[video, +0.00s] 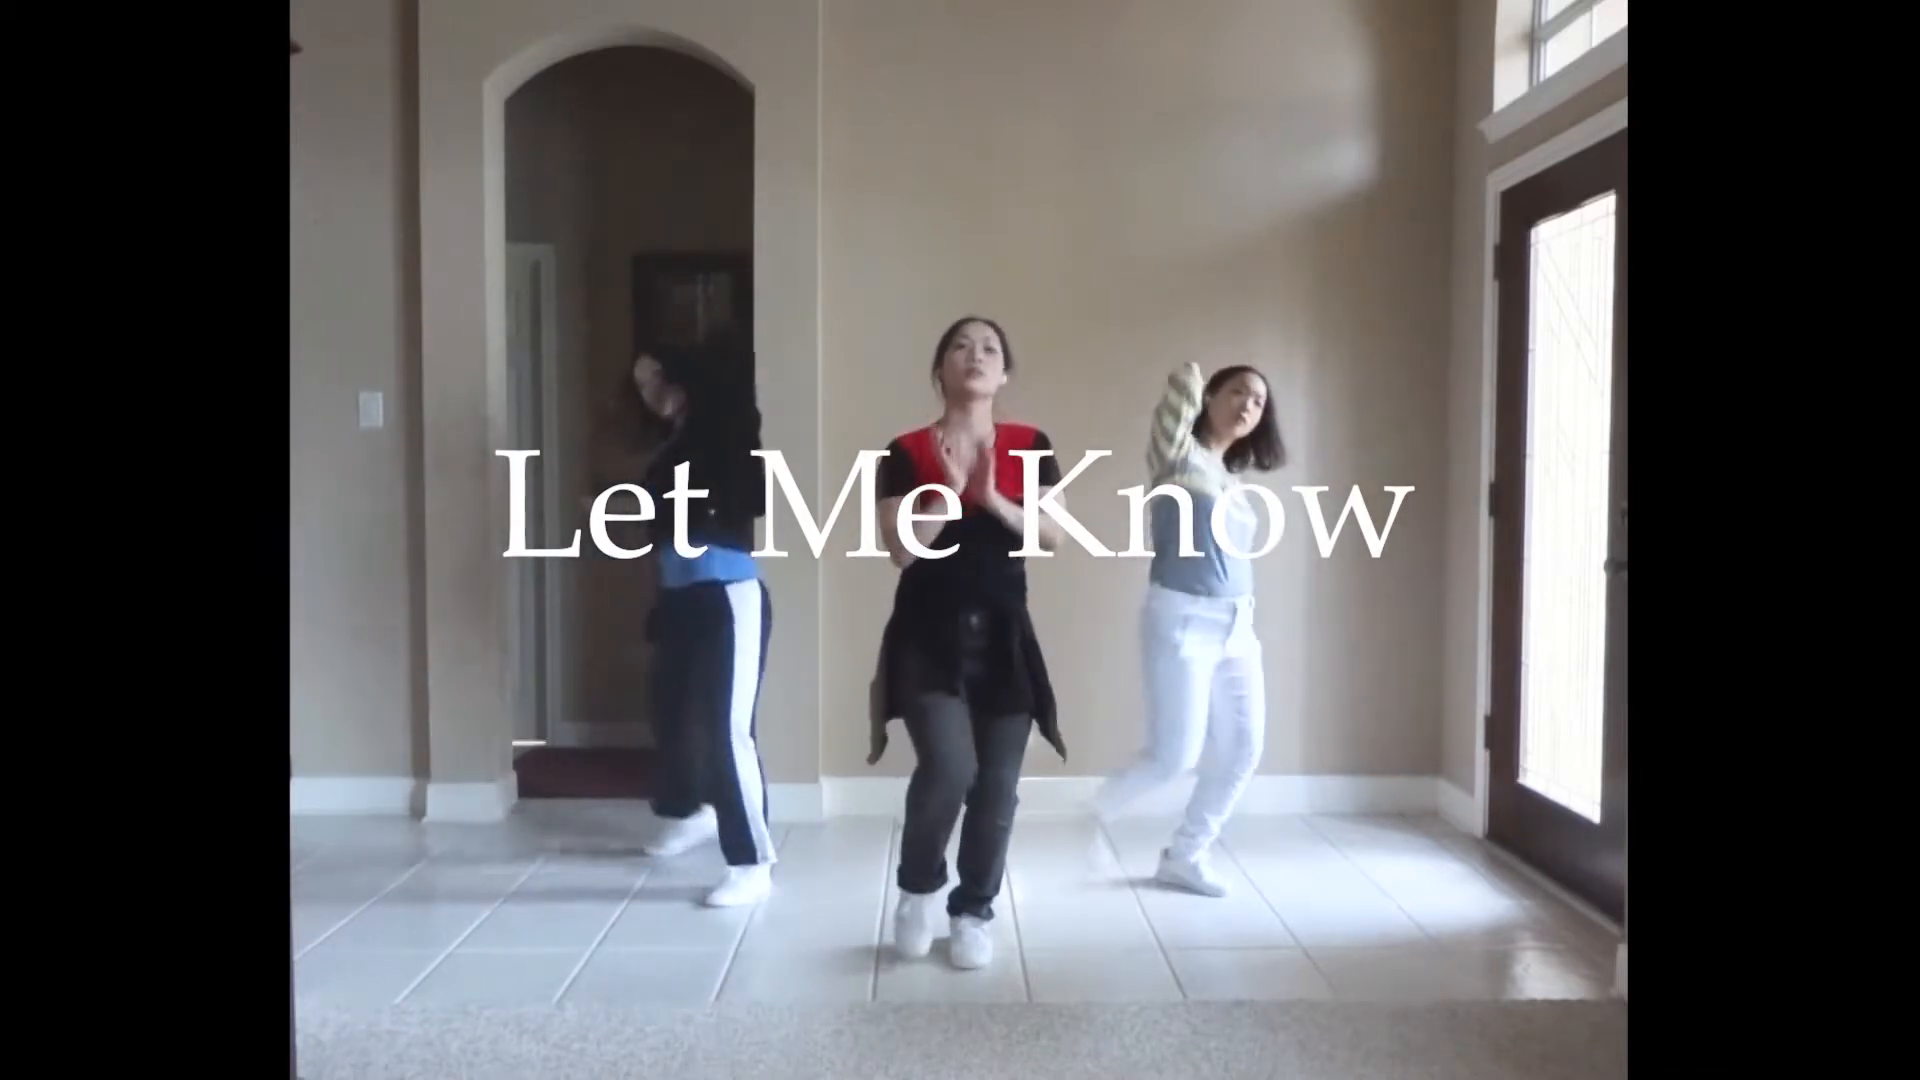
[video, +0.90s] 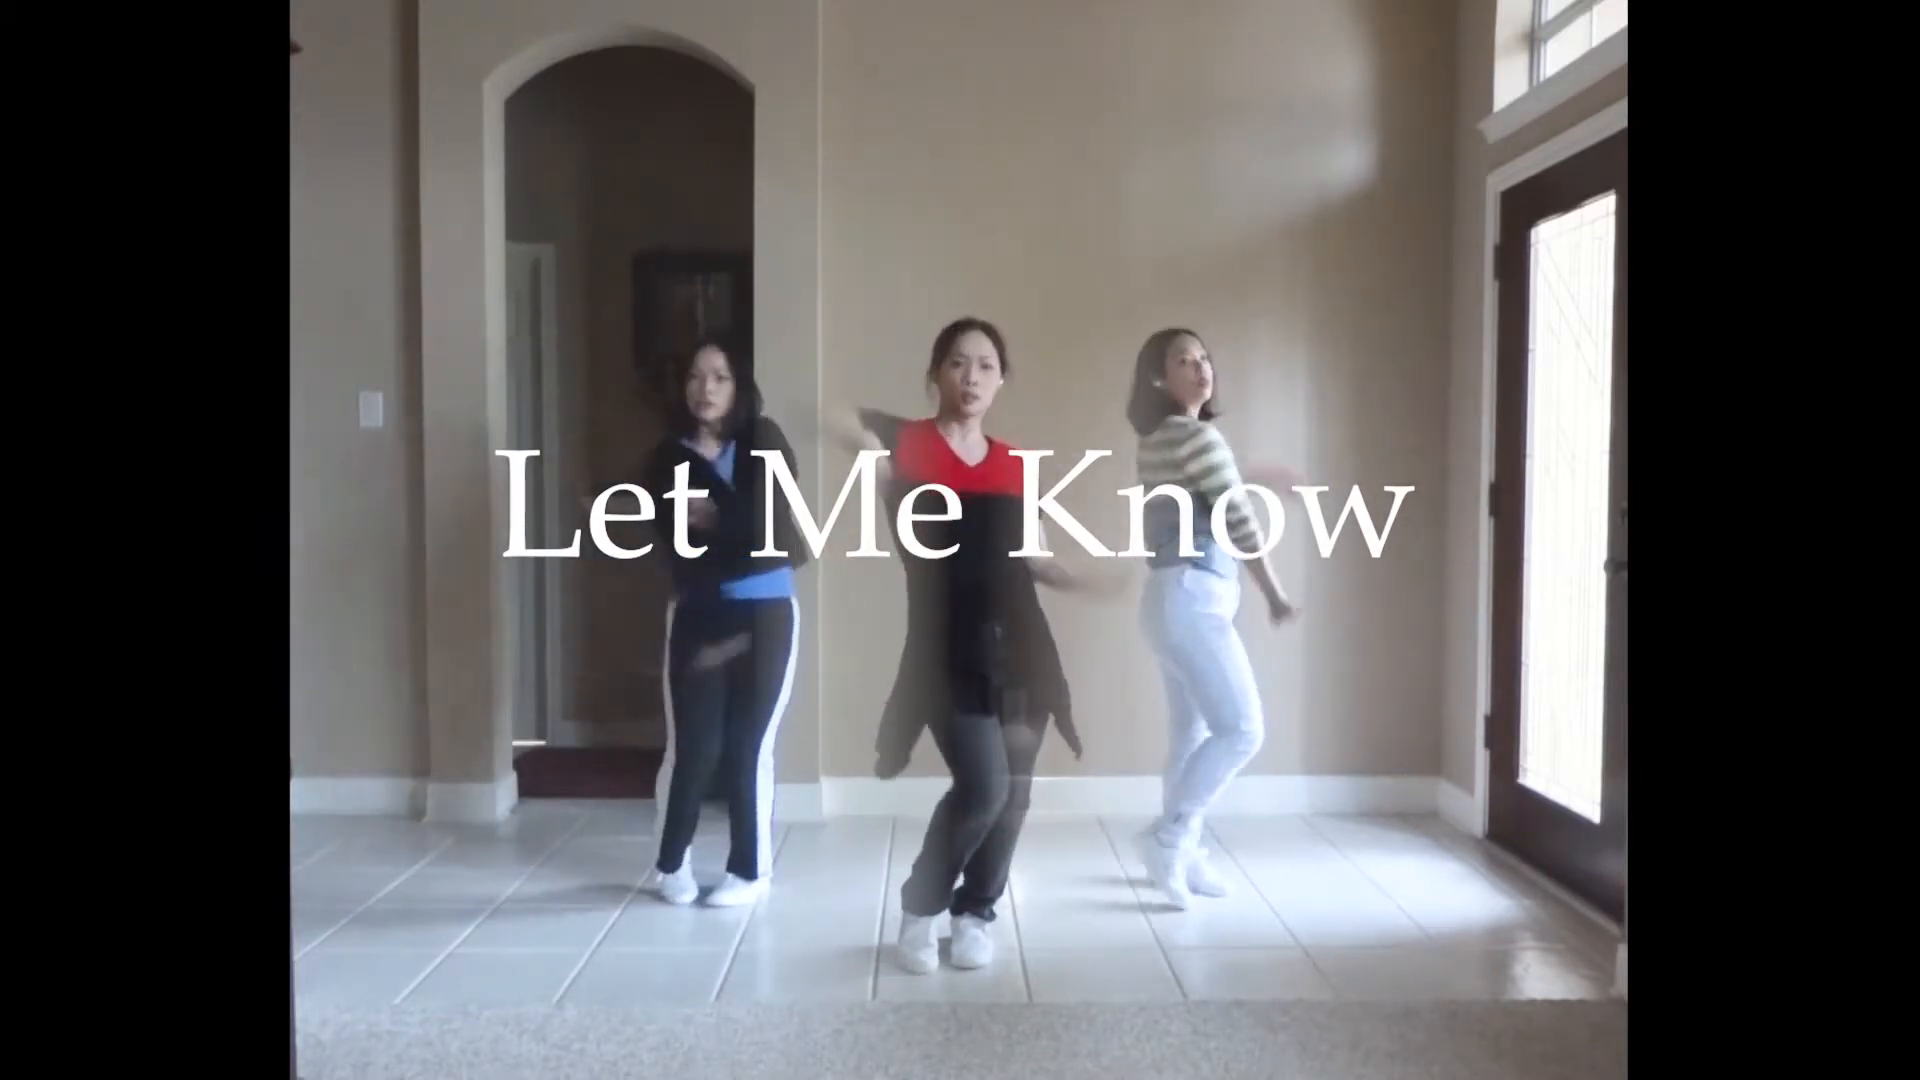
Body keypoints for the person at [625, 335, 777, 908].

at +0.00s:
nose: (651, 397)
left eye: (656, 385)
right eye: (644, 389)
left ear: (682, 380)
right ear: (649, 394)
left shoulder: (723, 432)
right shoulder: (672, 443)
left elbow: (746, 513)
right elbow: (662, 520)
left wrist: (684, 505)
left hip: (730, 592)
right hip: (681, 591)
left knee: (728, 727)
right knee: (672, 707)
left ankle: (752, 864)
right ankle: (685, 812)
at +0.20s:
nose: (673, 387)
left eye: (680, 374)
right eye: (667, 378)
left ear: (708, 375)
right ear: (669, 385)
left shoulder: (744, 438)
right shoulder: (682, 449)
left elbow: (751, 526)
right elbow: (663, 528)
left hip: (743, 601)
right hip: (690, 602)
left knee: (731, 734)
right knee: (682, 731)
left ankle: (750, 867)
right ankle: (722, 846)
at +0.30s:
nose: (684, 384)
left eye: (693, 372)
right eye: (677, 376)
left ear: (718, 373)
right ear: (673, 385)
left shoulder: (747, 429)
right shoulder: (680, 456)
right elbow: (664, 540)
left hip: (749, 600)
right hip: (690, 604)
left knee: (736, 736)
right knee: (682, 733)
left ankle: (750, 868)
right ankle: (718, 854)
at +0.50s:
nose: (695, 387)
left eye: (705, 375)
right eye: (688, 379)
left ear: (733, 380)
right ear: (682, 389)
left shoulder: (761, 453)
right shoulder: (681, 465)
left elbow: (757, 518)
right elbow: (665, 555)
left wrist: (728, 441)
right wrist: (639, 630)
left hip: (759, 607)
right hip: (696, 614)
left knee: (747, 741)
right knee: (687, 737)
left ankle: (749, 868)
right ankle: (694, 858)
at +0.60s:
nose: (699, 388)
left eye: (712, 376)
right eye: (691, 378)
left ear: (737, 384)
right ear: (683, 387)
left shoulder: (760, 456)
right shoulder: (676, 461)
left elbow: (746, 533)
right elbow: (655, 551)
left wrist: (697, 470)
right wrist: (619, 627)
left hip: (761, 613)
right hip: (697, 619)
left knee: (747, 746)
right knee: (690, 747)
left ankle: (749, 872)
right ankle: (690, 864)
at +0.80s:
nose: (701, 386)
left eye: (715, 376)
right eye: (692, 375)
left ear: (738, 385)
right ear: (680, 385)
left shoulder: (765, 445)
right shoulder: (667, 461)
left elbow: (773, 524)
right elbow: (637, 559)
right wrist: (603, 645)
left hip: (765, 612)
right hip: (697, 616)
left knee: (746, 749)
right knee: (695, 748)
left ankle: (747, 873)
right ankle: (670, 865)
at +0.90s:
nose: (706, 387)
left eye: (719, 377)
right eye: (697, 376)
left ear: (739, 385)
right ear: (683, 385)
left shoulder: (765, 441)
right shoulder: (668, 455)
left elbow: (785, 531)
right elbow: (652, 534)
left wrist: (717, 514)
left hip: (765, 604)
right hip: (698, 606)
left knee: (746, 747)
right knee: (696, 747)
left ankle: (746, 873)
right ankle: (670, 866)